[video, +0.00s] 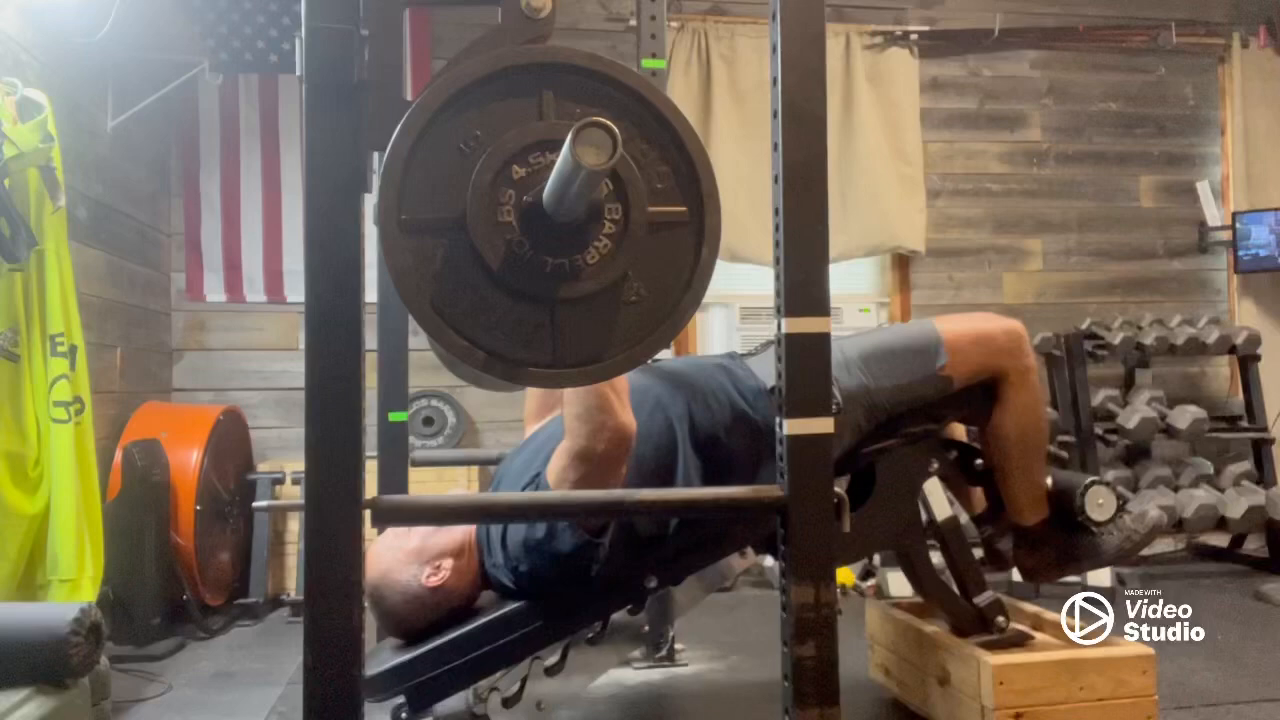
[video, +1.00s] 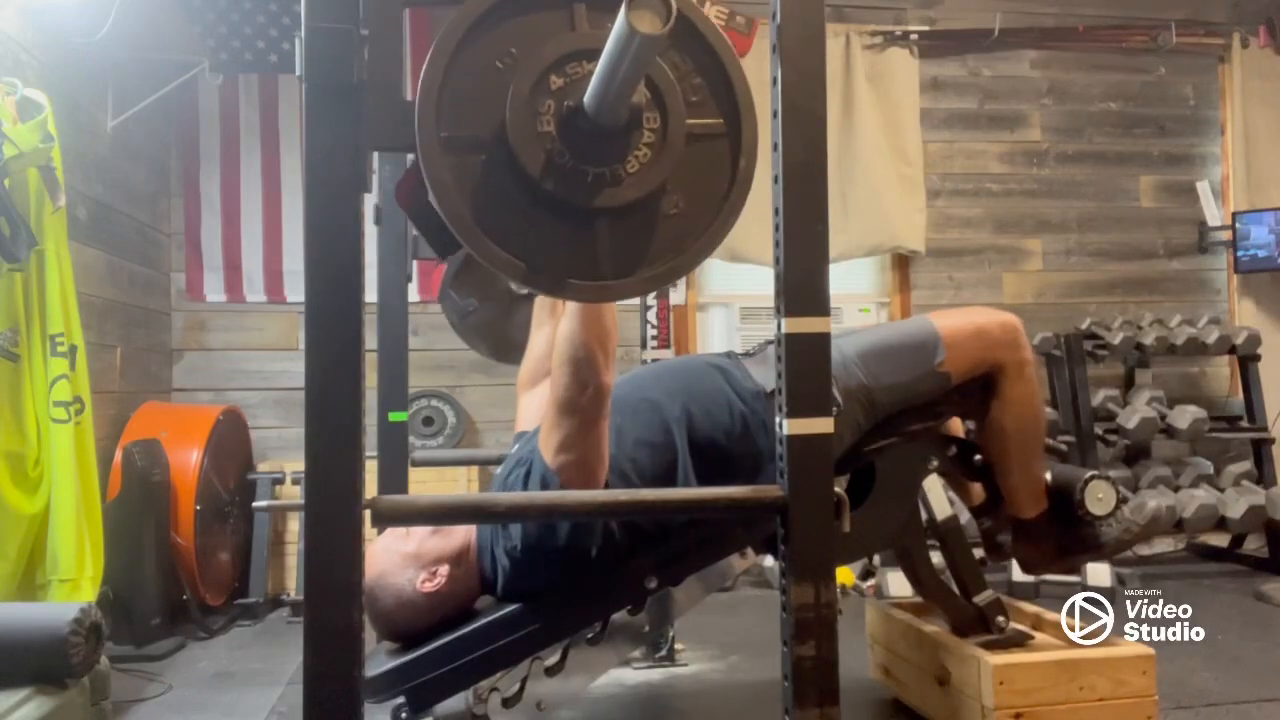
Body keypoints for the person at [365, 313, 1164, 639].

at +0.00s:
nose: (421, 532)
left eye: (405, 536)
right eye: (417, 549)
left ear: (431, 549)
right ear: (446, 578)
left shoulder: (494, 503)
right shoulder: (534, 552)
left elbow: (571, 409)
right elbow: (604, 422)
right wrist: (560, 291)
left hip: (747, 376)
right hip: (772, 425)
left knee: (961, 332)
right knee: (1006, 343)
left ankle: (993, 491)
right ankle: (1033, 530)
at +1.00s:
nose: (416, 527)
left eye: (397, 532)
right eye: (410, 545)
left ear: (427, 554)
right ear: (444, 580)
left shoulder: (499, 501)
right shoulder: (535, 548)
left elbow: (555, 372)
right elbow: (577, 380)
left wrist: (572, 204)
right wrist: (584, 214)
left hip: (742, 376)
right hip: (772, 422)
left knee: (957, 324)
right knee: (1002, 336)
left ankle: (987, 472)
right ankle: (1035, 527)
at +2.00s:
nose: (416, 529)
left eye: (397, 533)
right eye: (412, 550)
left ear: (428, 547)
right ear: (444, 582)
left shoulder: (497, 497)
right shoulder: (532, 549)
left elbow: (559, 373)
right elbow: (606, 401)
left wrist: (544, 220)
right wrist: (607, 231)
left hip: (740, 377)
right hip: (773, 425)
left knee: (934, 323)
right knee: (998, 336)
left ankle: (967, 469)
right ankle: (1031, 522)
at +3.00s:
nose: (418, 531)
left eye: (400, 537)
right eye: (417, 551)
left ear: (426, 546)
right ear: (448, 576)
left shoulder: (498, 497)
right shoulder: (530, 540)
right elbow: (673, 539)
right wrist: (756, 489)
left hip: (714, 400)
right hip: (750, 442)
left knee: (930, 325)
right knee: (998, 339)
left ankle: (995, 486)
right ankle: (1035, 529)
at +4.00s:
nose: (419, 531)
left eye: (402, 535)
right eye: (417, 550)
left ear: (428, 544)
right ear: (447, 578)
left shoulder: (496, 503)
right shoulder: (529, 546)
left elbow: (625, 426)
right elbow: (666, 461)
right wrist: (640, 323)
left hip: (741, 379)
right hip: (765, 430)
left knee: (950, 327)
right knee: (1003, 343)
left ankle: (995, 495)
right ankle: (1033, 532)